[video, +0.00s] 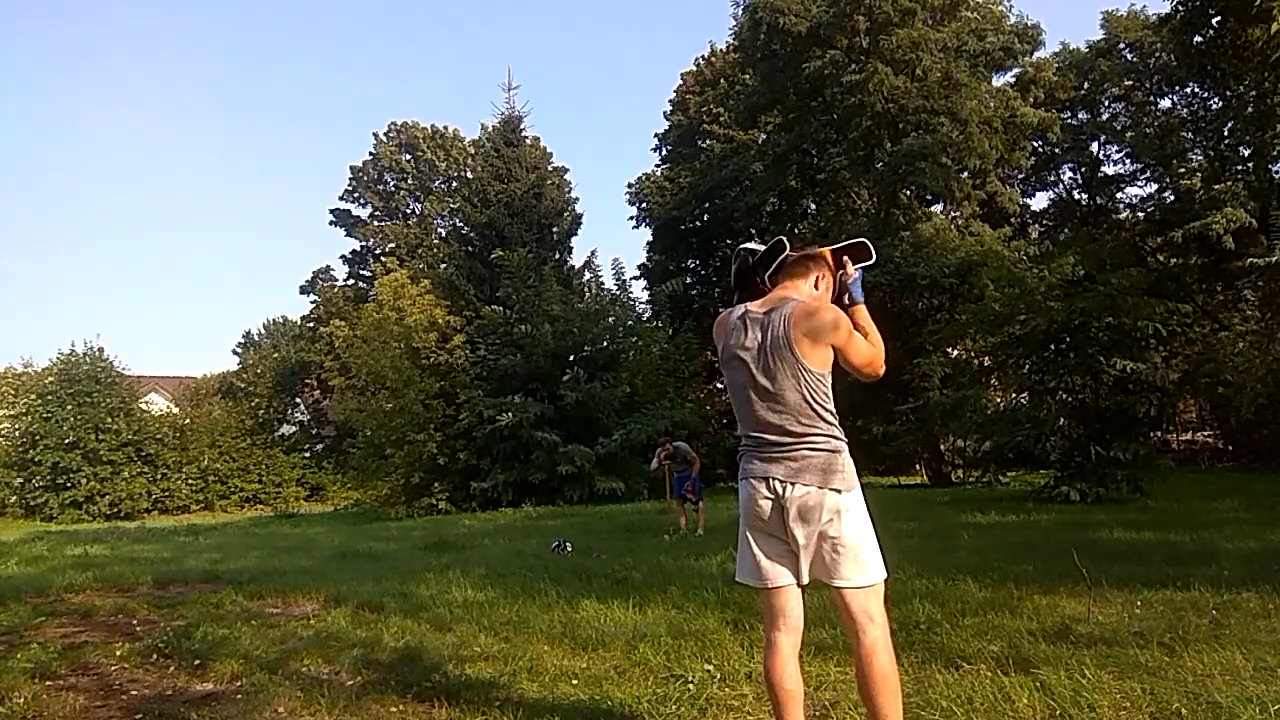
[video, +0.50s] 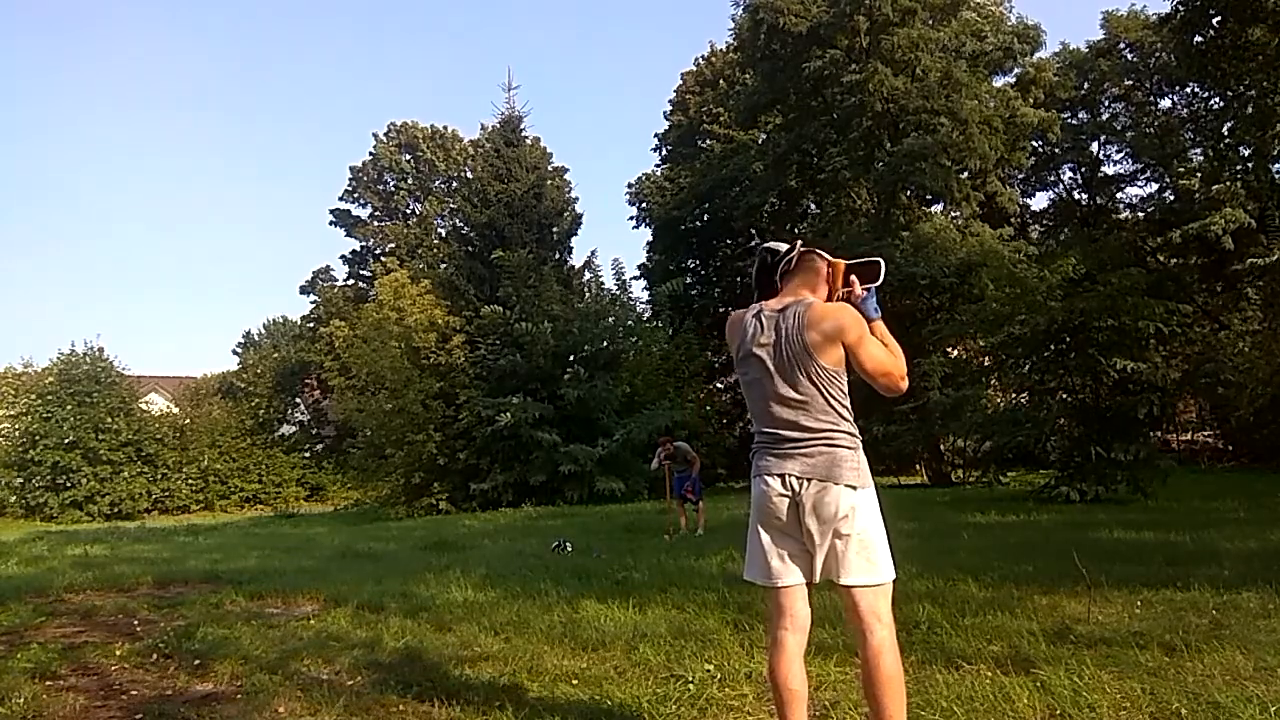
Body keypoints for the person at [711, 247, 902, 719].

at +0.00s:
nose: (833, 291)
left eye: (834, 284)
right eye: (833, 283)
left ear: (777, 278)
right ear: (821, 279)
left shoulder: (727, 325)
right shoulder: (822, 317)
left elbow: (757, 314)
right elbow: (874, 363)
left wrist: (807, 267)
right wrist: (854, 299)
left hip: (757, 484)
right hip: (826, 483)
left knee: (780, 630)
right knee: (869, 626)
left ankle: (791, 718)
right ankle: (888, 717)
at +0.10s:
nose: (835, 291)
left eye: (836, 284)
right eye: (835, 283)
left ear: (777, 280)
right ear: (821, 277)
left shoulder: (728, 324)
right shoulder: (824, 317)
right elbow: (876, 361)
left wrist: (789, 290)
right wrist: (858, 297)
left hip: (760, 484)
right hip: (829, 482)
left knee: (781, 629)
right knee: (870, 625)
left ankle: (791, 718)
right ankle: (889, 716)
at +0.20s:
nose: (835, 293)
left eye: (837, 286)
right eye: (836, 286)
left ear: (778, 281)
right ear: (823, 279)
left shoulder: (730, 325)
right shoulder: (827, 317)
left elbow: (752, 315)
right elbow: (884, 365)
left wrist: (789, 290)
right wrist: (863, 303)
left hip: (763, 482)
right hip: (831, 480)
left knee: (783, 630)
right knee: (871, 627)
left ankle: (792, 719)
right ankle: (889, 717)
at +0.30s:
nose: (827, 289)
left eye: (828, 280)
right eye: (826, 281)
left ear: (773, 283)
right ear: (817, 279)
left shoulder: (733, 324)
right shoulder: (830, 314)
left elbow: (765, 310)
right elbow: (890, 375)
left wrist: (816, 292)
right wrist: (867, 309)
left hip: (766, 484)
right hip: (835, 483)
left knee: (784, 630)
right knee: (873, 628)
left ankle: (793, 719)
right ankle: (891, 718)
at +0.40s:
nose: (826, 285)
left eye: (826, 274)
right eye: (823, 277)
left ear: (773, 279)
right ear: (815, 280)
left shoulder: (736, 324)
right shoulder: (835, 317)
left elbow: (768, 314)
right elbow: (892, 382)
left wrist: (815, 295)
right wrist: (868, 317)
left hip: (768, 481)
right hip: (837, 480)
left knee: (785, 629)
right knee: (874, 627)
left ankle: (793, 719)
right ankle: (891, 717)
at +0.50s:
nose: (840, 287)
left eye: (839, 279)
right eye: (837, 281)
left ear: (783, 277)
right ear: (826, 281)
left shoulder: (739, 325)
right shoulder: (837, 317)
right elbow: (896, 379)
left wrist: (812, 297)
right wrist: (872, 315)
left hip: (770, 481)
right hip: (839, 479)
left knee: (786, 626)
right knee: (875, 626)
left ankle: (793, 718)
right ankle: (891, 717)